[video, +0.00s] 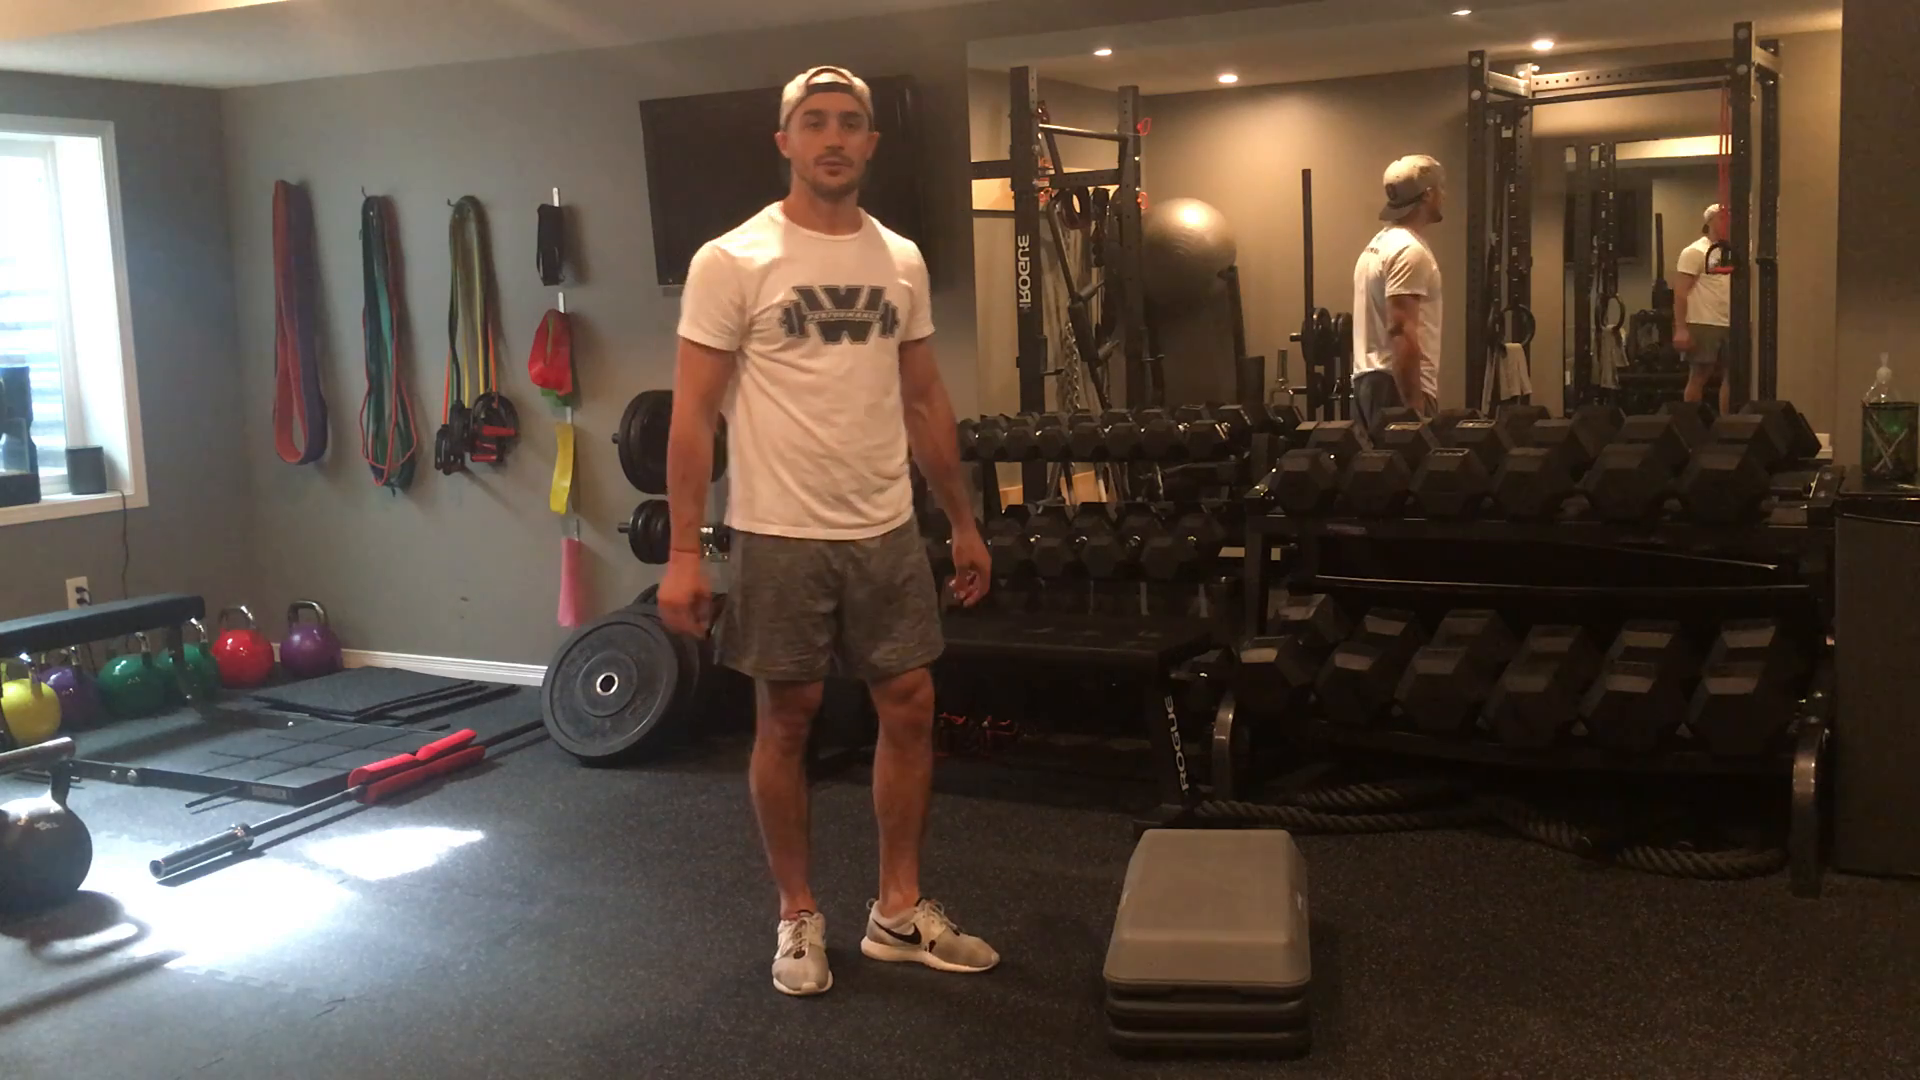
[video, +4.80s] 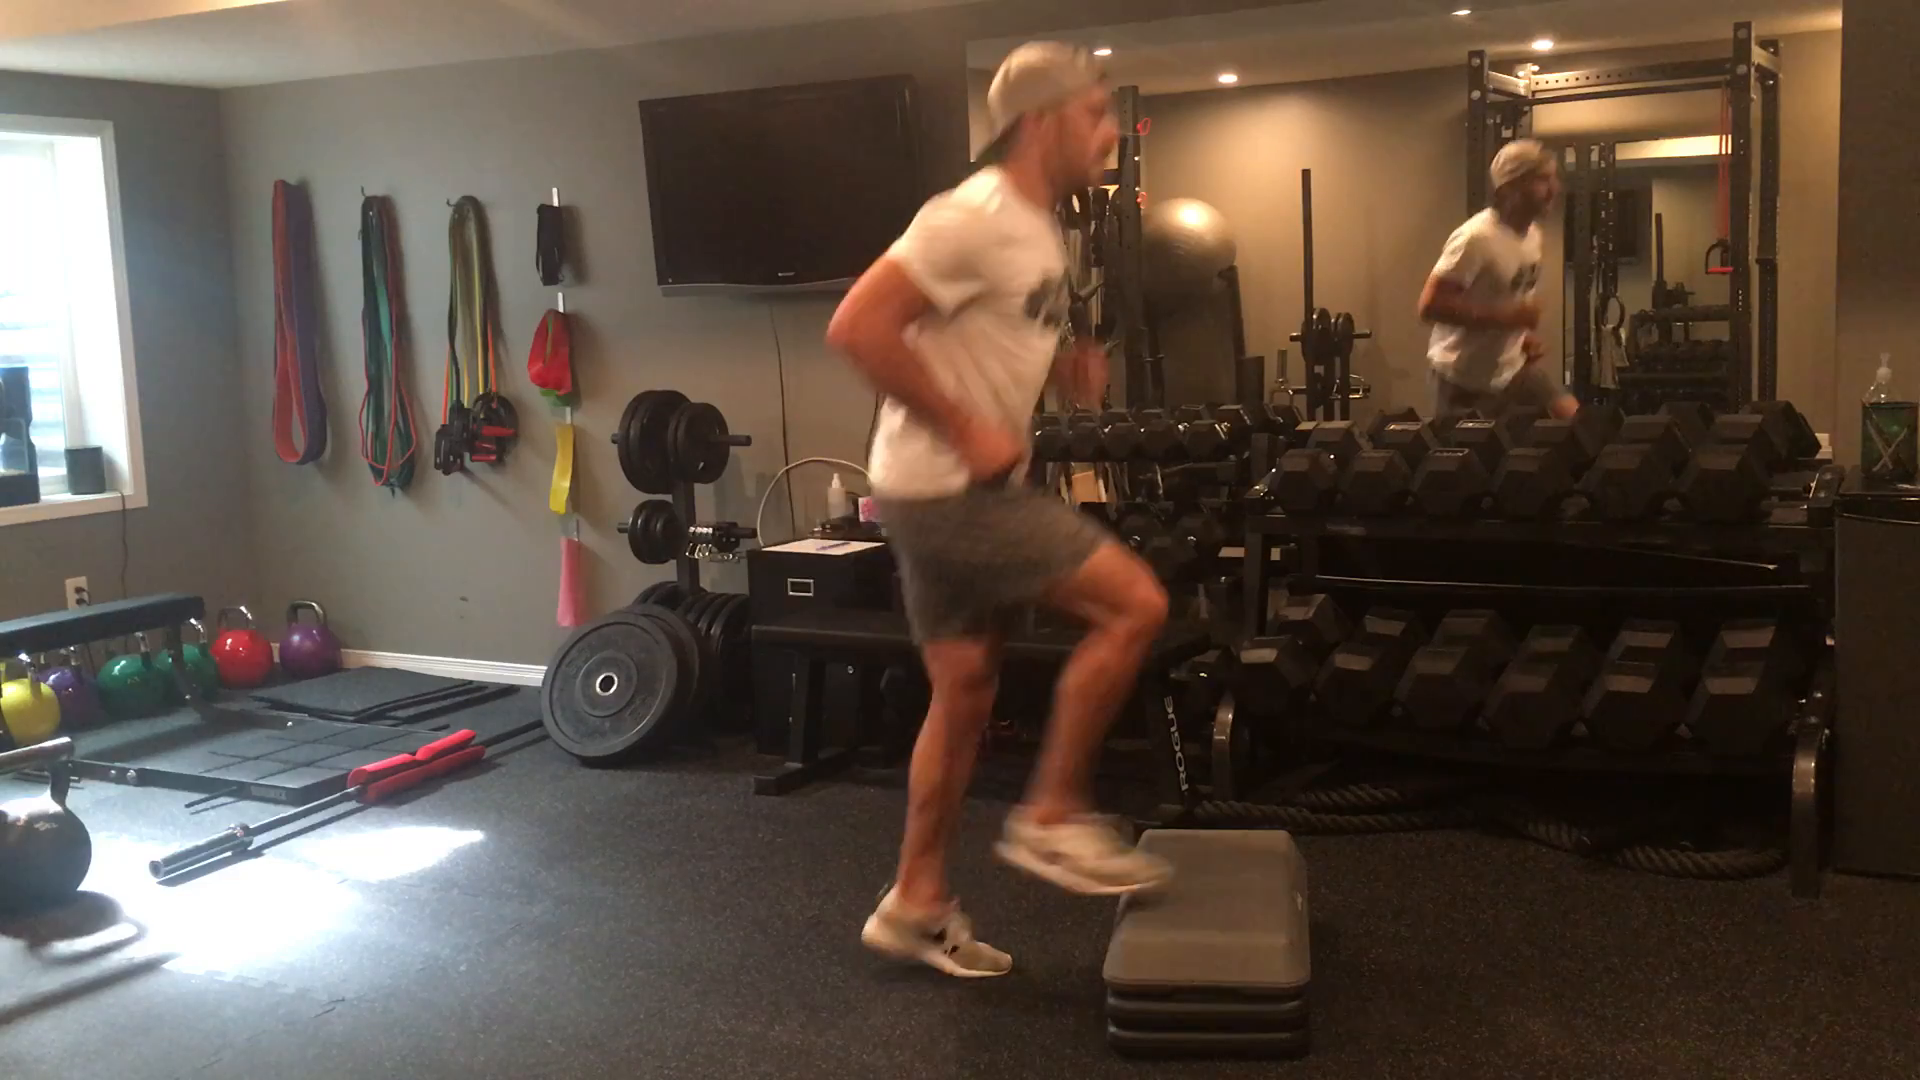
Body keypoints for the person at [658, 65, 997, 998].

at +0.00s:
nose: (833, 139)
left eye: (850, 124)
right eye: (814, 124)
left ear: (872, 142)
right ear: (784, 141)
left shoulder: (900, 261)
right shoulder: (731, 263)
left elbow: (924, 399)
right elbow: (692, 413)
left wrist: (963, 520)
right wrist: (683, 553)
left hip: (890, 534)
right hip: (779, 538)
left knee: (909, 709)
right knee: (787, 719)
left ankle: (898, 910)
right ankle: (797, 916)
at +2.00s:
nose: (892, 145)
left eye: (909, 131)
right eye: (876, 130)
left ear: (937, 148)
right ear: (852, 145)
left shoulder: (967, 268)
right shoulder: (799, 261)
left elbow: (987, 408)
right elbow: (763, 411)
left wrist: (1026, 531)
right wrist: (746, 542)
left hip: (941, 535)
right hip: (837, 535)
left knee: (921, 720)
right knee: (835, 726)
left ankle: (900, 910)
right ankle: (823, 940)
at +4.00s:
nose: (904, 179)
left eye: (907, 160)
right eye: (891, 159)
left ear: (854, 157)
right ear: (832, 152)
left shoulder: (865, 252)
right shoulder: (749, 266)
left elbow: (879, 395)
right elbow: (711, 432)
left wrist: (936, 503)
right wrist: (746, 572)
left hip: (872, 533)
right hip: (790, 543)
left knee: (900, 708)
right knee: (784, 742)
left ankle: (900, 909)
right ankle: (782, 943)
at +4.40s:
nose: (983, 176)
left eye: (985, 158)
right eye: (973, 156)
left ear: (920, 156)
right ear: (919, 153)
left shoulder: (900, 257)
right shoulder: (845, 253)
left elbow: (865, 411)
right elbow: (796, 415)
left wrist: (902, 503)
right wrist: (886, 531)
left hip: (880, 537)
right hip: (813, 541)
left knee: (923, 705)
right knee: (796, 738)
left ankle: (897, 917)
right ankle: (777, 943)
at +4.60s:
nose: (1056, 192)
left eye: (1054, 174)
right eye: (1044, 173)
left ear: (995, 179)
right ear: (990, 176)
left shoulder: (970, 270)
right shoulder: (924, 261)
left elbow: (913, 413)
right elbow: (851, 405)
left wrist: (958, 498)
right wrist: (947, 512)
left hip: (918, 541)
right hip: (876, 542)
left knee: (959, 736)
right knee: (963, 737)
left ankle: (902, 926)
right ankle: (815, 905)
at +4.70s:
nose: (1086, 197)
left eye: (1085, 180)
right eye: (1073, 179)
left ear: (1021, 188)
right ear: (1018, 184)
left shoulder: (998, 284)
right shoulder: (951, 271)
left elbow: (944, 423)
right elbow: (848, 389)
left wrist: (1020, 481)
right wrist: (942, 501)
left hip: (927, 539)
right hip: (903, 541)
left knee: (973, 724)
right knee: (1079, 676)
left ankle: (906, 925)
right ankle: (914, 839)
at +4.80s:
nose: (1111, 131)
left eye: (1109, 113)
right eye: (1097, 112)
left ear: (1047, 127)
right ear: (1043, 125)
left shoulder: (1035, 228)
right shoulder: (973, 215)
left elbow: (967, 331)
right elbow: (859, 325)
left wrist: (1055, 361)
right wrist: (963, 425)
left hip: (951, 490)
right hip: (943, 494)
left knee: (962, 689)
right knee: (1133, 604)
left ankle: (915, 904)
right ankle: (1050, 817)